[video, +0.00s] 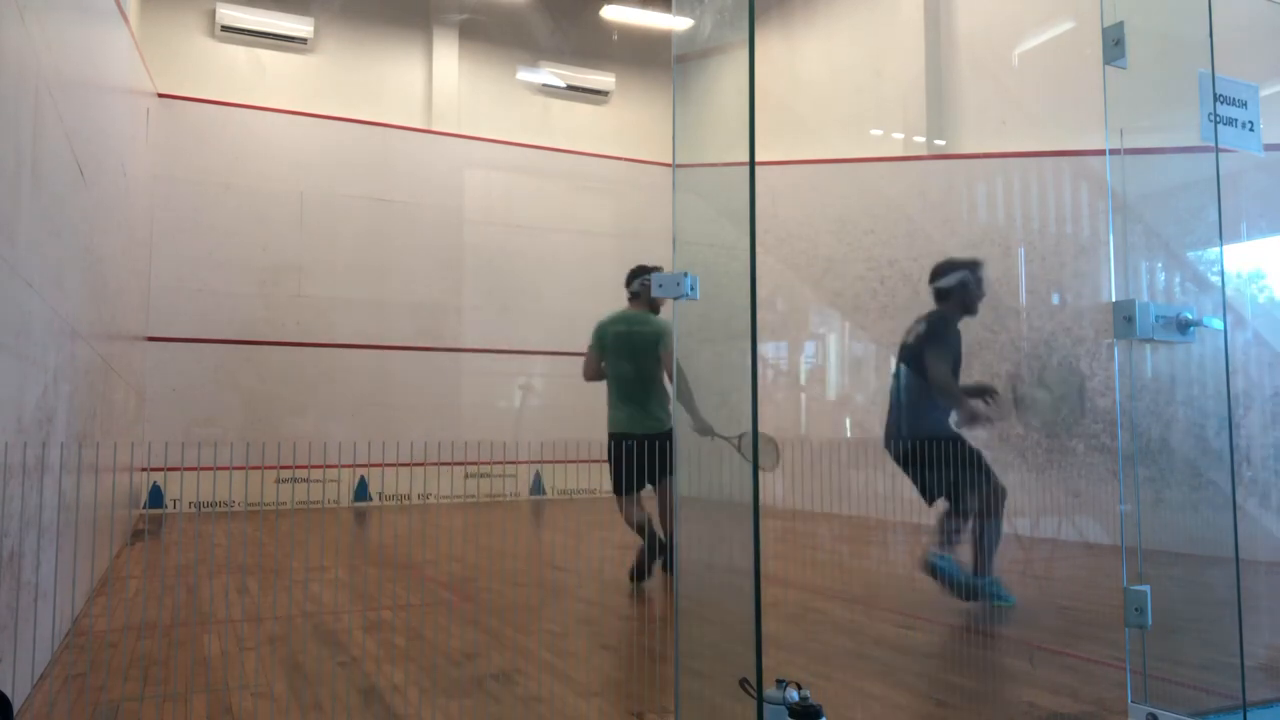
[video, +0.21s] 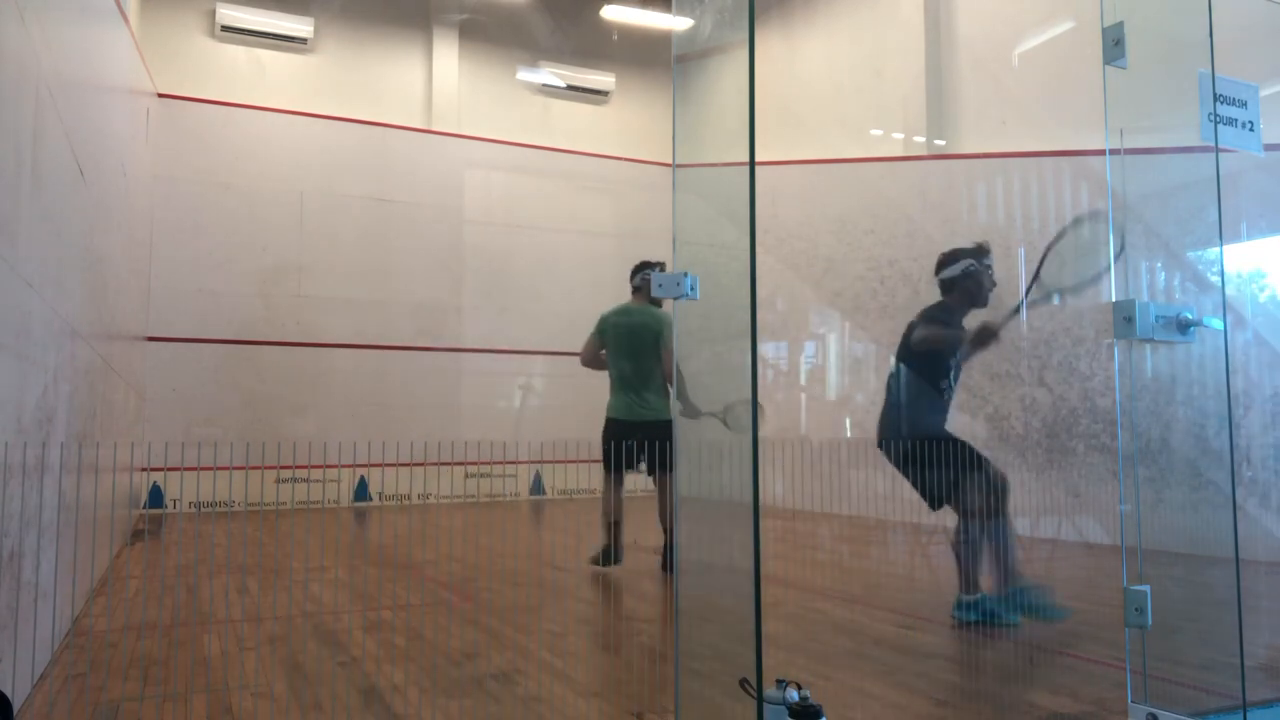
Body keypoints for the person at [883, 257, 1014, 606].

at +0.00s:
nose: (982, 295)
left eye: (981, 288)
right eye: (977, 288)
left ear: (948, 292)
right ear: (960, 290)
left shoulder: (925, 325)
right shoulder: (943, 326)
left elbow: (929, 386)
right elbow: (938, 377)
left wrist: (969, 392)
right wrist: (964, 406)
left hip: (906, 435)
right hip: (929, 434)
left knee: (964, 492)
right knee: (993, 493)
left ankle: (942, 553)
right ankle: (983, 578)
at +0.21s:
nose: (993, 280)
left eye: (991, 272)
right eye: (986, 273)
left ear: (959, 282)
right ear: (963, 280)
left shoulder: (950, 325)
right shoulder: (936, 317)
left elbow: (942, 367)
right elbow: (916, 341)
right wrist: (968, 339)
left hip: (925, 433)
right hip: (910, 435)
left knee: (985, 494)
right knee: (984, 491)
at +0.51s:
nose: (972, 292)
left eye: (971, 283)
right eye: (966, 283)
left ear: (928, 287)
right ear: (946, 288)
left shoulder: (883, 319)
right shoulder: (938, 341)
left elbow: (830, 353)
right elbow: (987, 406)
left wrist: (789, 389)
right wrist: (1042, 409)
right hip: (876, 441)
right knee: (917, 527)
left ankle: (955, 594)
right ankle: (879, 633)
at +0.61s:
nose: (945, 280)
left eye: (944, 271)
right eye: (944, 272)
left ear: (903, 268)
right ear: (935, 275)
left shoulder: (861, 302)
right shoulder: (924, 323)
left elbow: (809, 345)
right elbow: (965, 390)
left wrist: (779, 392)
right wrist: (998, 446)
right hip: (864, 431)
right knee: (902, 522)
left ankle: (902, 592)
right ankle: (880, 631)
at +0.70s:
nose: (915, 252)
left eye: (906, 244)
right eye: (915, 245)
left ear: (877, 243)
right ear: (914, 248)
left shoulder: (839, 282)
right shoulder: (912, 304)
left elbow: (788, 324)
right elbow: (917, 380)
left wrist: (757, 368)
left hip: (812, 412)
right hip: (856, 418)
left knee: (850, 494)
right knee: (870, 511)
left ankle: (840, 586)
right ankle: (871, 623)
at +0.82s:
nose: (884, 254)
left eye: (871, 246)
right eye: (887, 248)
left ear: (851, 245)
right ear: (888, 250)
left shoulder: (817, 286)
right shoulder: (894, 303)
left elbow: (759, 325)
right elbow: (895, 383)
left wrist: (713, 366)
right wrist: (892, 445)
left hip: (797, 414)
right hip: (849, 420)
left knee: (800, 497)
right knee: (857, 519)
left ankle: (779, 584)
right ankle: (838, 624)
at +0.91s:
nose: (840, 272)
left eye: (832, 265)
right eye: (846, 265)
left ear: (818, 263)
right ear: (856, 266)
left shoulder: (790, 304)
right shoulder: (870, 315)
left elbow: (737, 332)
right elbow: (881, 390)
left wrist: (692, 359)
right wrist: (885, 451)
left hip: (782, 431)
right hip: (837, 435)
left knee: (758, 510)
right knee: (851, 527)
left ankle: (732, 589)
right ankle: (835, 630)